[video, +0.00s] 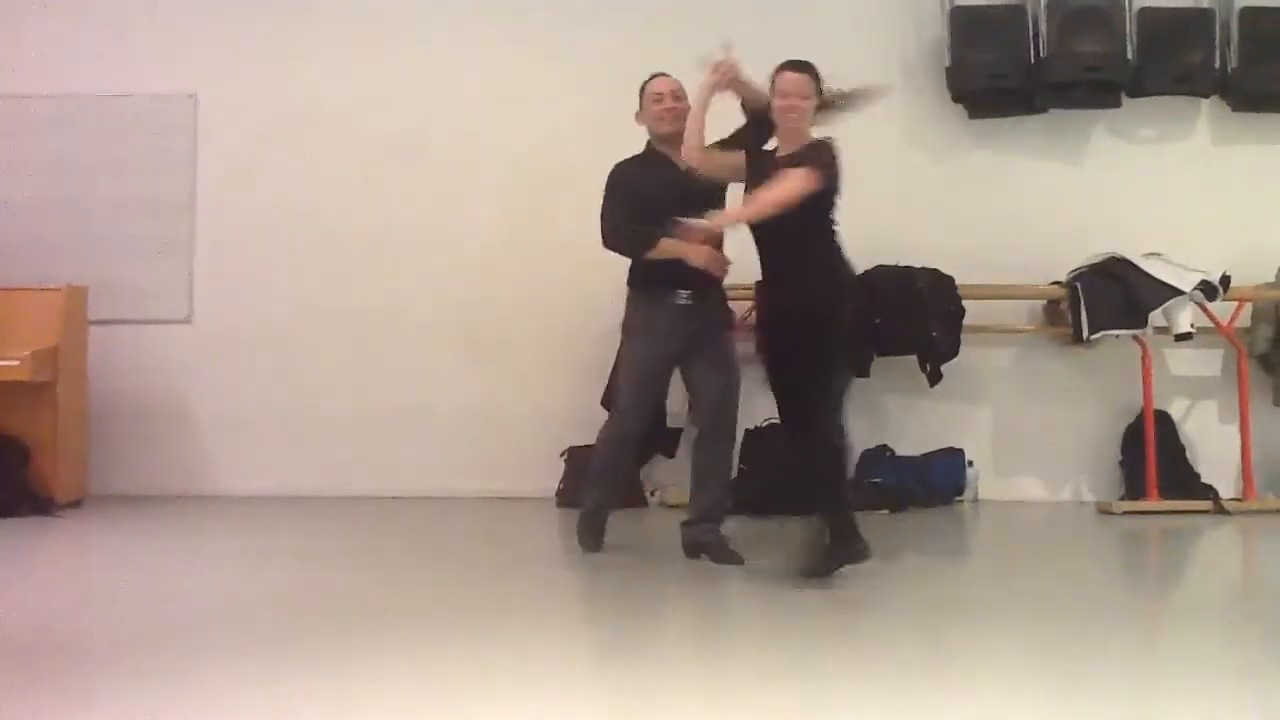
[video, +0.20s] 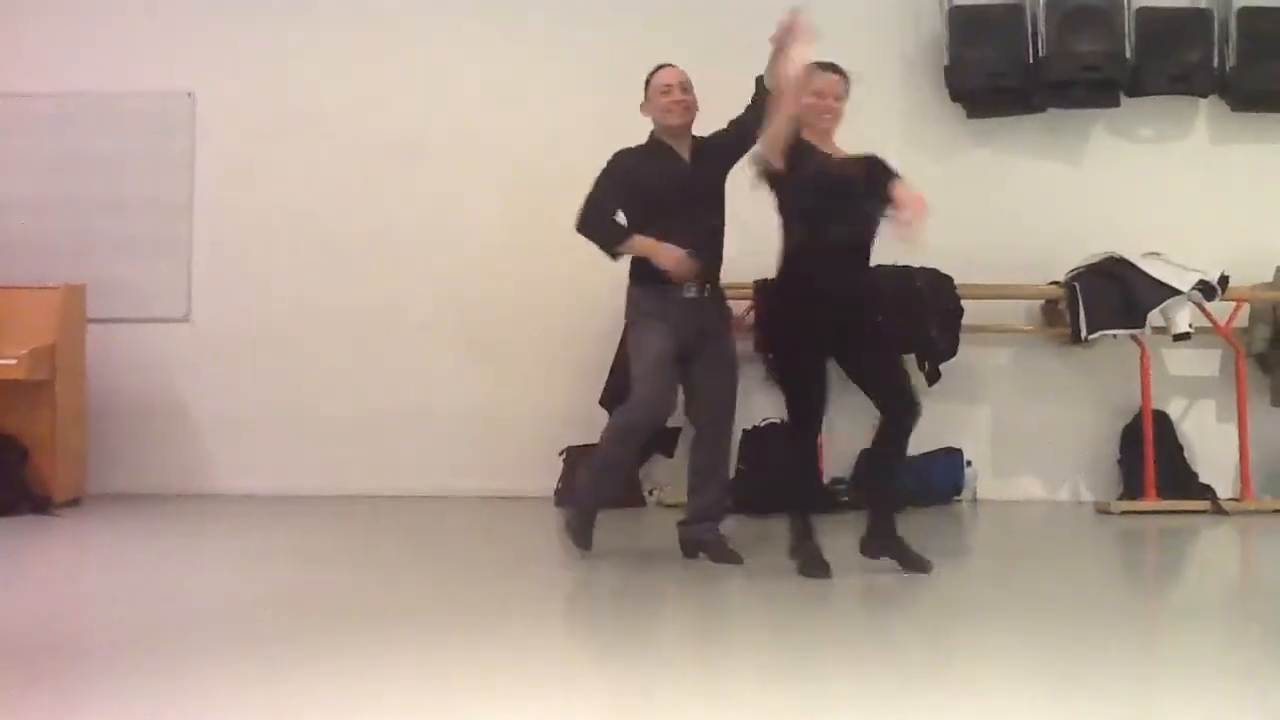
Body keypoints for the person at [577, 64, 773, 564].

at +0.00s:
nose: (669, 105)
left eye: (676, 98)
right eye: (657, 100)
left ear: (691, 110)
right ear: (641, 116)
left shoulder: (711, 162)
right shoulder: (628, 173)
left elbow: (763, 124)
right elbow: (615, 235)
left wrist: (741, 87)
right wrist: (685, 249)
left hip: (707, 306)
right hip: (652, 306)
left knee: (718, 411)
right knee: (633, 414)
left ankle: (704, 527)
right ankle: (596, 504)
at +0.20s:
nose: (679, 97)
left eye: (685, 90)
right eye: (666, 92)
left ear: (696, 102)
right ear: (647, 107)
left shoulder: (715, 153)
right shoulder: (629, 163)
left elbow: (757, 114)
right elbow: (593, 222)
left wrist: (778, 54)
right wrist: (651, 248)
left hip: (707, 307)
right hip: (654, 305)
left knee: (715, 418)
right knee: (650, 406)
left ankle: (702, 527)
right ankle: (587, 494)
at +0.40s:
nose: (681, 87)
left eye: (682, 81)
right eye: (668, 81)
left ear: (684, 95)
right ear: (636, 96)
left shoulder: (698, 151)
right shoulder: (610, 152)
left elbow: (761, 119)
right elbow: (558, 202)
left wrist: (815, 64)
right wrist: (615, 241)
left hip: (689, 301)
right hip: (635, 302)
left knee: (696, 421)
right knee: (633, 416)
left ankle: (697, 530)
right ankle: (589, 532)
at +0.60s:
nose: (662, 89)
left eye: (660, 81)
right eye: (649, 81)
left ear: (643, 95)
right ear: (613, 92)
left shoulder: (664, 165)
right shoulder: (581, 146)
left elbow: (738, 182)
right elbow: (523, 194)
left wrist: (798, 144)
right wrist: (576, 240)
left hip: (651, 307)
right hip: (599, 304)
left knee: (675, 414)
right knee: (599, 417)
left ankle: (695, 529)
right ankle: (583, 538)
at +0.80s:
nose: (644, 91)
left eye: (642, 83)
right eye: (631, 83)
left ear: (622, 97)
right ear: (596, 93)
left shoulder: (644, 170)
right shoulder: (560, 146)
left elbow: (718, 200)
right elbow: (500, 192)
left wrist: (789, 175)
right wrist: (549, 242)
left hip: (622, 308)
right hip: (567, 305)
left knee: (667, 399)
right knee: (580, 415)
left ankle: (623, 490)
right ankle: (580, 540)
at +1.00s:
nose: (630, 89)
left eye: (627, 81)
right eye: (616, 81)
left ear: (606, 96)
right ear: (581, 93)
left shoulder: (630, 168)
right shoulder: (543, 148)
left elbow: (704, 206)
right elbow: (486, 201)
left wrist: (775, 184)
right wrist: (532, 246)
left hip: (600, 310)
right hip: (549, 300)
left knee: (618, 424)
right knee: (570, 413)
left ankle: (515, 495)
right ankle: (582, 541)